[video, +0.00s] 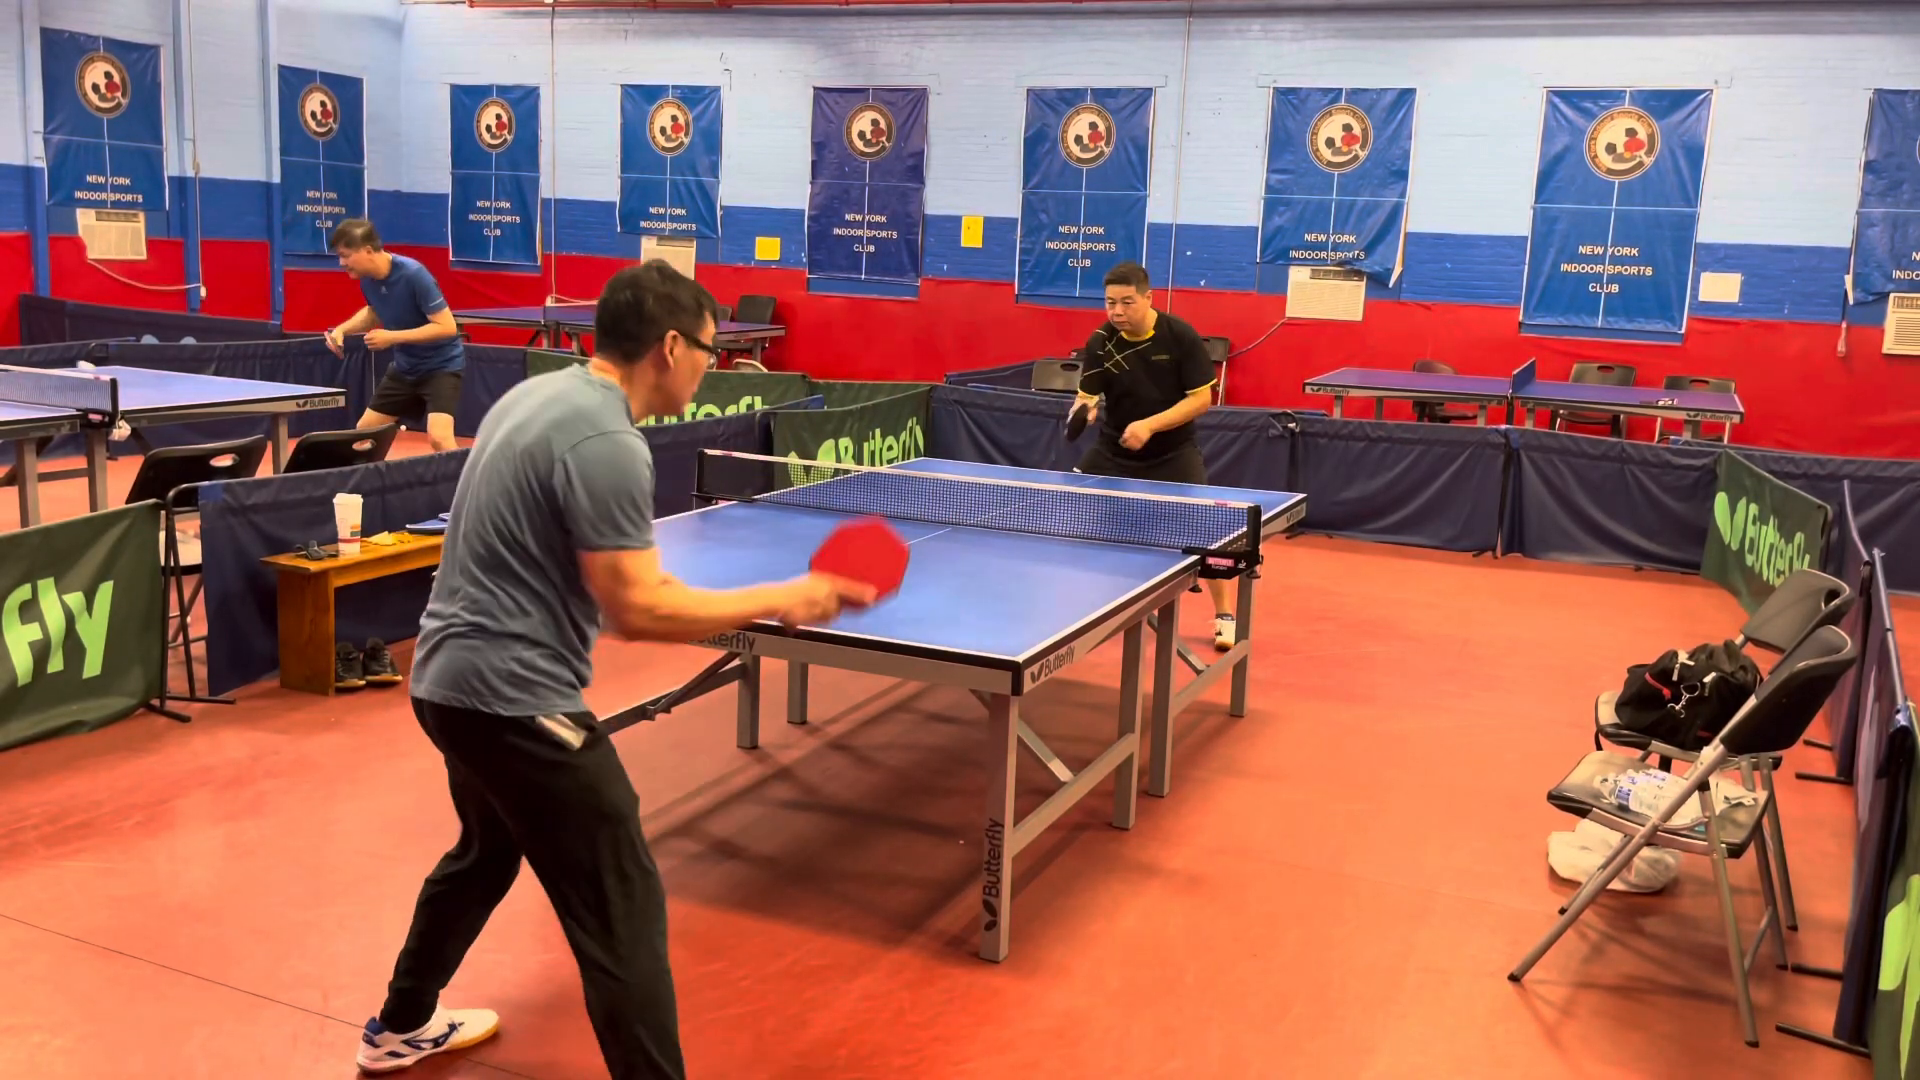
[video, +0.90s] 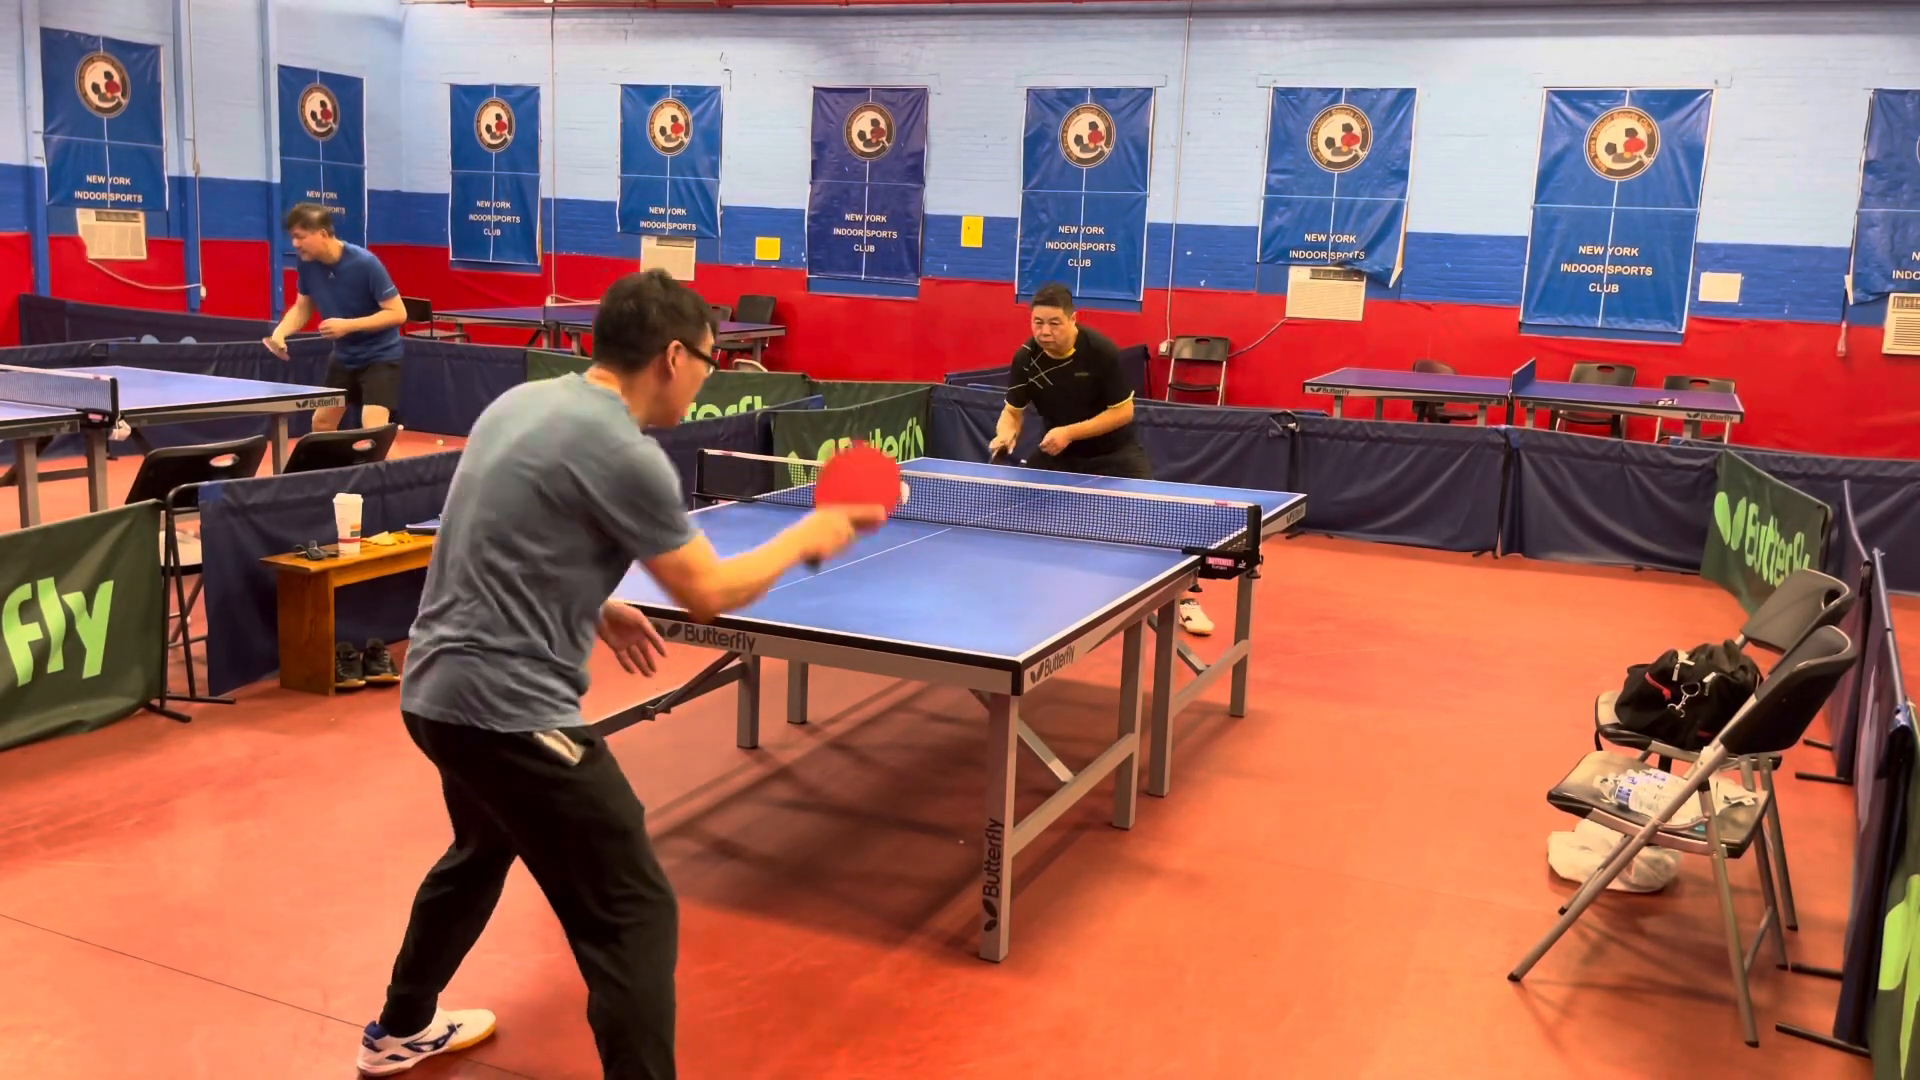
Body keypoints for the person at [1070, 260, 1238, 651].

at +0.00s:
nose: (1116, 311)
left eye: (1125, 303)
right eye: (1110, 303)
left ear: (1148, 298)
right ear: (1105, 303)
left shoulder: (1181, 337)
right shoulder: (1099, 343)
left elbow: (1203, 398)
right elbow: (1087, 400)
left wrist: (1151, 424)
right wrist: (1084, 409)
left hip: (1173, 455)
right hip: (1111, 452)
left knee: (1206, 526)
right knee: (1064, 510)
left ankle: (1224, 616)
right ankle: (1059, 606)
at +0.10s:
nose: (1095, 312)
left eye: (1104, 303)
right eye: (1090, 303)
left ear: (1127, 298)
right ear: (1086, 303)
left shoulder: (1159, 337)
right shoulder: (1090, 341)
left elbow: (1175, 404)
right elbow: (1084, 396)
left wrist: (1117, 422)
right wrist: (1067, 420)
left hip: (1166, 456)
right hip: (1108, 454)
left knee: (1198, 529)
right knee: (1071, 519)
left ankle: (1223, 615)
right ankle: (1072, 609)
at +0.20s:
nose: (1077, 318)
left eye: (1084, 310)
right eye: (1072, 310)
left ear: (1110, 302)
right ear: (1070, 307)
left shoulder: (1137, 339)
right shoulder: (1095, 338)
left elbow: (1140, 412)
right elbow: (1104, 385)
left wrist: (1091, 421)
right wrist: (1068, 413)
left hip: (1159, 452)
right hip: (1116, 449)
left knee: (1182, 529)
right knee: (1073, 511)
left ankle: (1227, 613)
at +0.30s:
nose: (1065, 326)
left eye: (1072, 317)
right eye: (1062, 317)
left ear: (1100, 308)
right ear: (1092, 310)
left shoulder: (1124, 345)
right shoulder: (1110, 337)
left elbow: (1118, 419)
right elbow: (1108, 381)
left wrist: (1079, 422)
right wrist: (1065, 398)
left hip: (1155, 462)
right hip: (1119, 454)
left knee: (1181, 538)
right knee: (1064, 509)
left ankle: (1239, 615)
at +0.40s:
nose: (1055, 325)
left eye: (1061, 316)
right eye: (1052, 316)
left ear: (1088, 308)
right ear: (1078, 310)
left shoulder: (1118, 342)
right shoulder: (1089, 339)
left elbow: (1125, 414)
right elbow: (1063, 377)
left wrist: (1088, 421)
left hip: (1155, 457)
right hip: (1118, 452)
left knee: (1184, 533)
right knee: (1056, 502)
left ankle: (1241, 616)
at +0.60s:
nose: (1045, 314)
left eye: (1053, 305)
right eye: (1040, 306)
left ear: (1077, 298)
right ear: (1036, 304)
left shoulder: (1115, 325)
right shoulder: (1041, 340)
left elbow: (1150, 379)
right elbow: (1011, 395)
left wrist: (1100, 413)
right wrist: (1014, 382)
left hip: (1137, 437)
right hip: (1084, 436)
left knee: (1172, 514)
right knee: (1032, 498)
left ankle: (1207, 598)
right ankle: (1020, 587)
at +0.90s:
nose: (1044, 331)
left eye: (1053, 323)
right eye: (1038, 323)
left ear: (1073, 319)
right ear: (1031, 322)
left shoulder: (1101, 353)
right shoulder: (1026, 359)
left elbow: (1124, 411)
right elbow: (1012, 411)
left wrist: (1069, 432)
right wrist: (1006, 435)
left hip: (1114, 450)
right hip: (1058, 451)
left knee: (1152, 507)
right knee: (1006, 496)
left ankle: (1183, 596)